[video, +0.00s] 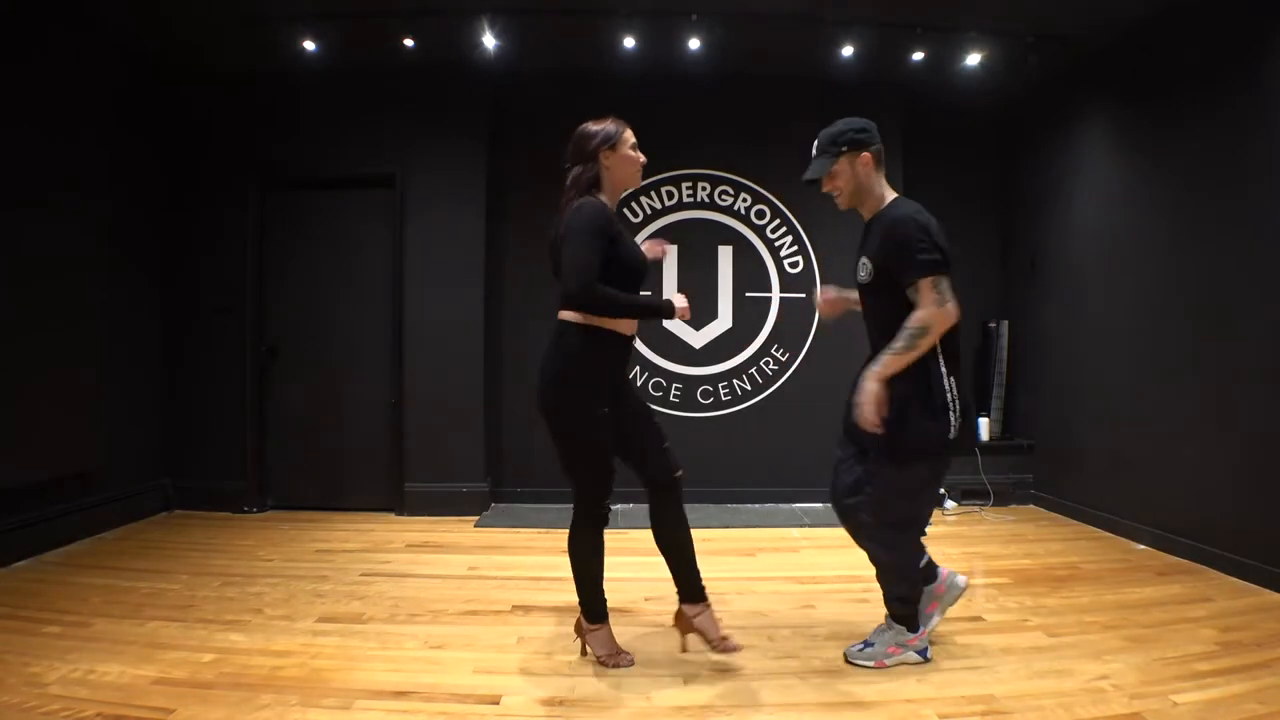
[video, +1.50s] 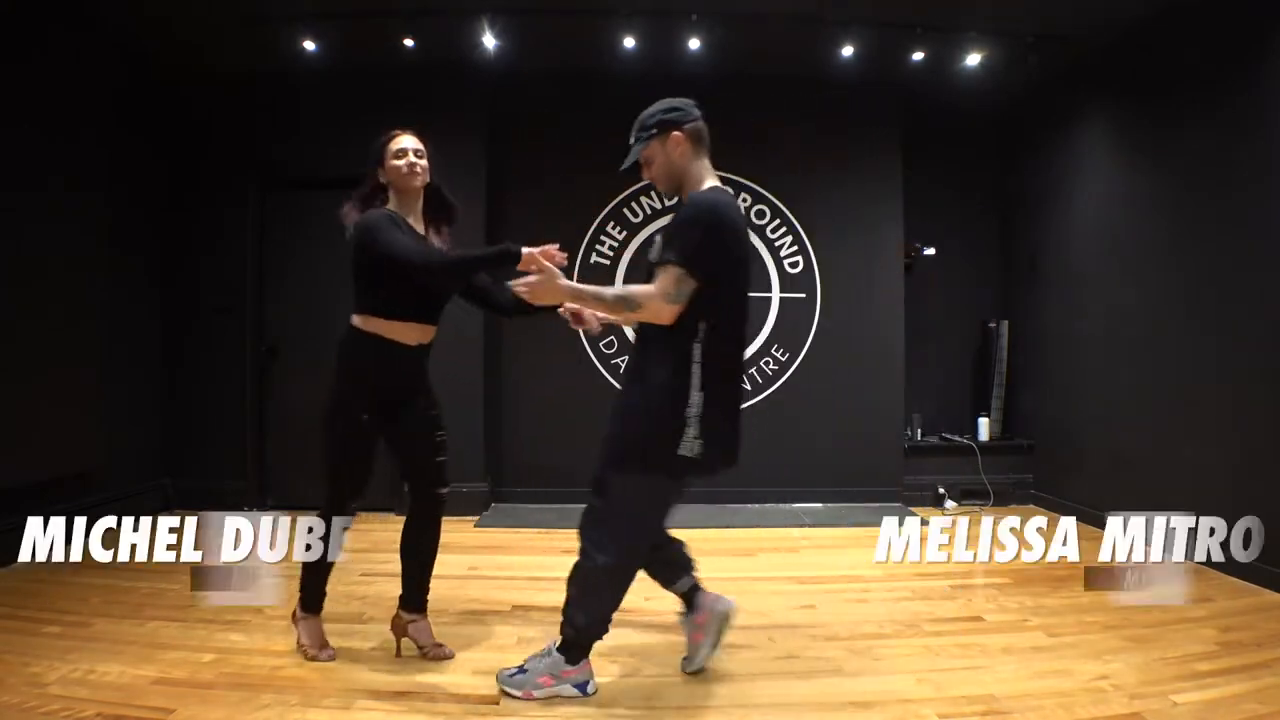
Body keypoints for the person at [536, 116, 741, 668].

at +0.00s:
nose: (642, 158)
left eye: (639, 149)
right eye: (632, 149)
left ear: (607, 162)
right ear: (603, 160)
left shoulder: (605, 215)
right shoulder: (587, 215)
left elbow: (604, 275)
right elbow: (579, 289)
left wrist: (638, 252)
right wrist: (664, 307)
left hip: (609, 372)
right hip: (577, 374)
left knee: (665, 479)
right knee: (592, 498)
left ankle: (694, 605)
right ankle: (593, 621)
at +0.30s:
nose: (647, 170)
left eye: (645, 161)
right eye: (638, 160)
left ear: (618, 169)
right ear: (609, 167)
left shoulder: (628, 238)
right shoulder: (582, 216)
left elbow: (646, 322)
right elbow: (538, 249)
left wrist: (693, 295)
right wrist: (627, 248)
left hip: (629, 381)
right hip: (593, 380)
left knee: (665, 506)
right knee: (656, 505)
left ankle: (659, 630)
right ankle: (597, 616)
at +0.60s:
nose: (610, 159)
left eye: (607, 149)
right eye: (600, 150)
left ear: (577, 160)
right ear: (569, 159)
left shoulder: (565, 219)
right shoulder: (558, 219)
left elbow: (556, 305)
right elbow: (597, 305)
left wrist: (595, 325)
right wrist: (670, 283)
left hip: (568, 374)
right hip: (551, 375)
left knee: (619, 501)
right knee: (576, 512)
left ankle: (642, 630)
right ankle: (534, 646)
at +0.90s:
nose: (549, 159)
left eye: (545, 149)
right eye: (538, 150)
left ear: (508, 163)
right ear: (507, 161)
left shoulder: (487, 220)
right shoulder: (513, 219)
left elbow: (501, 282)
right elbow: (521, 279)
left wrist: (554, 251)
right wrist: (587, 279)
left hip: (477, 366)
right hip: (505, 368)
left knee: (483, 506)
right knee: (520, 514)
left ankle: (422, 608)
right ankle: (533, 648)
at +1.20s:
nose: (478, 163)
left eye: (475, 154)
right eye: (470, 154)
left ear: (451, 163)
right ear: (445, 161)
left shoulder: (468, 240)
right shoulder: (416, 219)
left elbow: (533, 278)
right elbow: (451, 239)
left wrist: (600, 255)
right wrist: (532, 206)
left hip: (436, 375)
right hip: (414, 374)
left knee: (434, 490)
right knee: (459, 488)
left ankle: (411, 609)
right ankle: (419, 611)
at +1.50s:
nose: (412, 161)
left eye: (419, 155)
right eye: (400, 155)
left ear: (430, 172)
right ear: (381, 173)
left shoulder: (438, 242)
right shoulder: (372, 225)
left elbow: (497, 298)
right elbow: (433, 269)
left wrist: (558, 300)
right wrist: (517, 255)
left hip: (411, 372)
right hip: (362, 367)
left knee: (430, 492)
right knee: (343, 491)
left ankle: (412, 612)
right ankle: (309, 612)